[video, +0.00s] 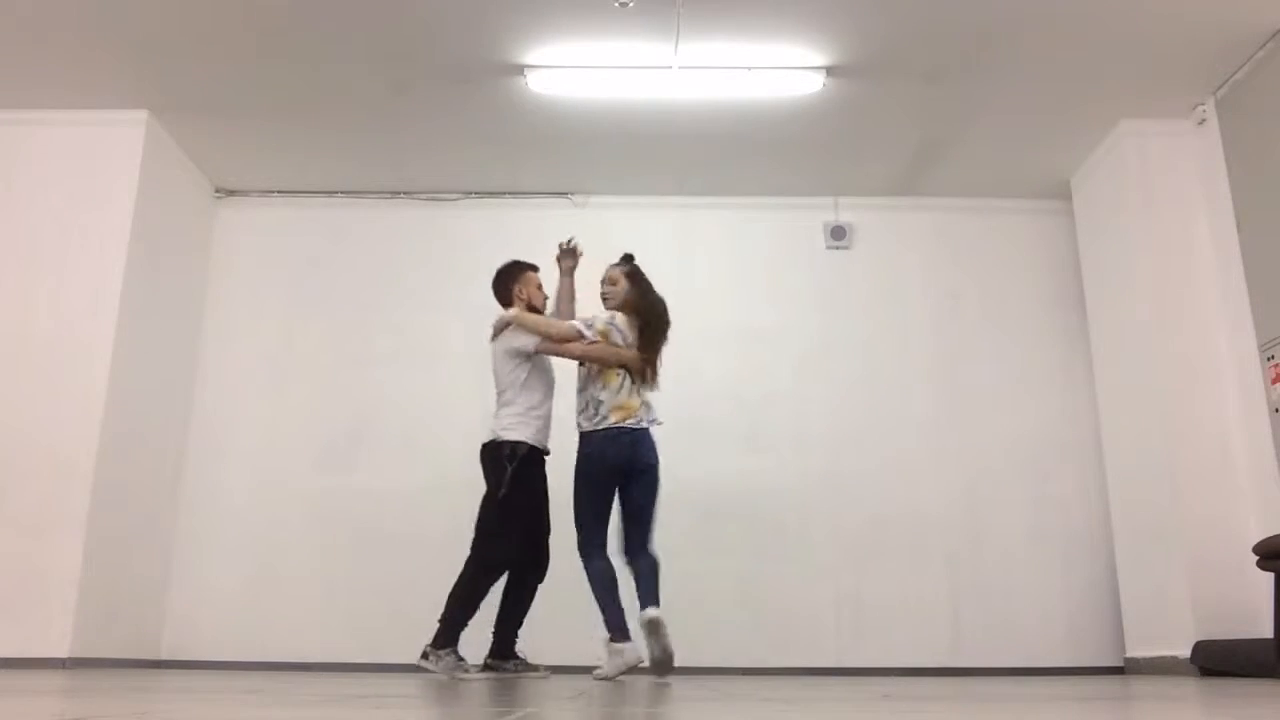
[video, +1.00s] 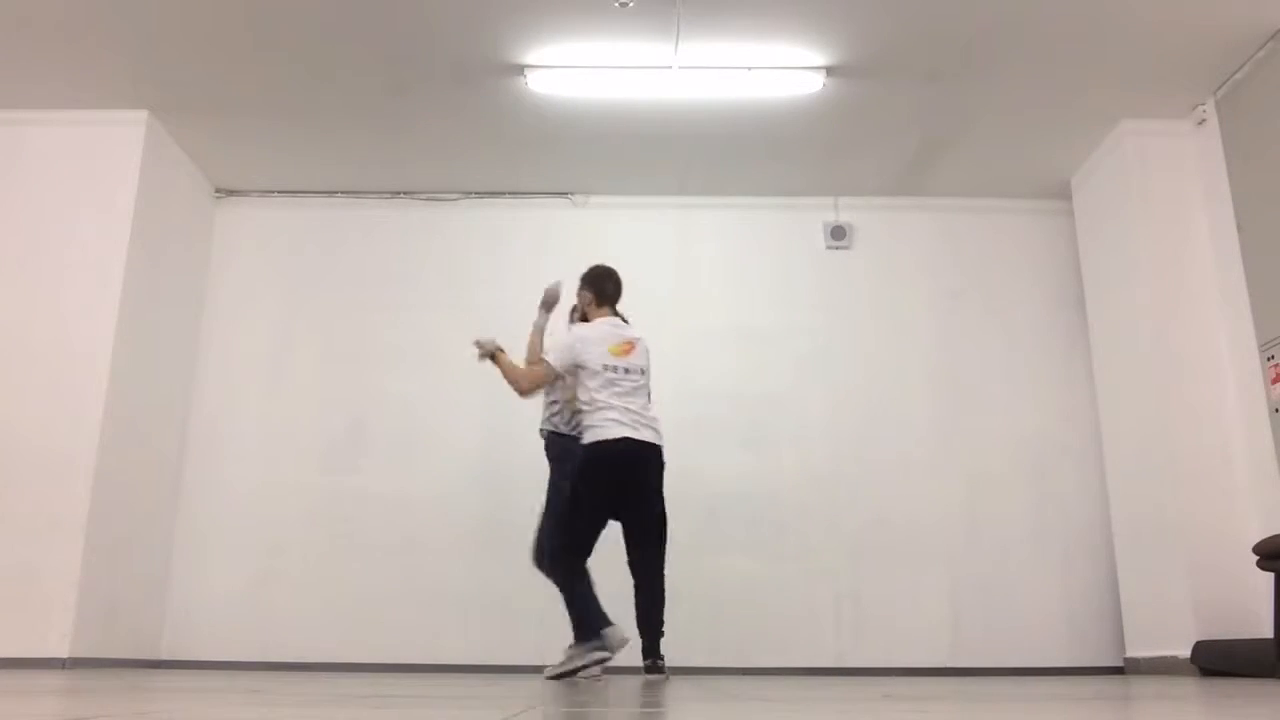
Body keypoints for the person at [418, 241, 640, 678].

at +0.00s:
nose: (546, 292)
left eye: (543, 285)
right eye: (538, 285)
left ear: (520, 294)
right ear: (518, 293)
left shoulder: (529, 328)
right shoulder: (513, 328)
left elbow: (565, 327)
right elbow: (577, 346)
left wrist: (566, 275)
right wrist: (631, 357)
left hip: (528, 453)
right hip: (510, 452)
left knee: (533, 560)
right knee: (492, 553)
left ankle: (502, 652)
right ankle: (440, 646)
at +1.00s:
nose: (577, 302)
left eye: (579, 296)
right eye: (578, 297)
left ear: (586, 298)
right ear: (616, 300)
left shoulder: (580, 337)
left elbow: (526, 382)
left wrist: (496, 355)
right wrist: (542, 319)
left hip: (599, 454)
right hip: (647, 455)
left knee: (559, 552)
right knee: (649, 560)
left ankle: (594, 636)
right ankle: (653, 654)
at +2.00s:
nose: (592, 323)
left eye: (592, 316)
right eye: (587, 317)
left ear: (563, 320)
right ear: (571, 319)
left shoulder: (557, 358)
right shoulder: (581, 351)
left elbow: (590, 396)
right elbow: (630, 357)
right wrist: (669, 323)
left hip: (545, 469)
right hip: (558, 470)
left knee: (560, 556)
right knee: (595, 544)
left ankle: (538, 651)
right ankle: (557, 637)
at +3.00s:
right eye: (586, 293)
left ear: (543, 294)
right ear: (586, 296)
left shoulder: (522, 330)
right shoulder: (597, 335)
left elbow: (488, 386)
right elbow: (634, 309)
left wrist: (534, 394)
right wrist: (629, 252)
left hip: (513, 442)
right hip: (561, 446)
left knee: (511, 547)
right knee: (580, 553)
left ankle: (510, 653)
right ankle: (561, 645)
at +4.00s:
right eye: (592, 275)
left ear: (551, 268)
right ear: (594, 276)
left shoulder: (524, 300)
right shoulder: (603, 316)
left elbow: (463, 295)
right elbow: (617, 372)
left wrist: (400, 303)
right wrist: (592, 397)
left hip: (529, 432)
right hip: (581, 433)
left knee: (533, 540)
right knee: (605, 523)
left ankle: (523, 653)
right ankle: (585, 619)